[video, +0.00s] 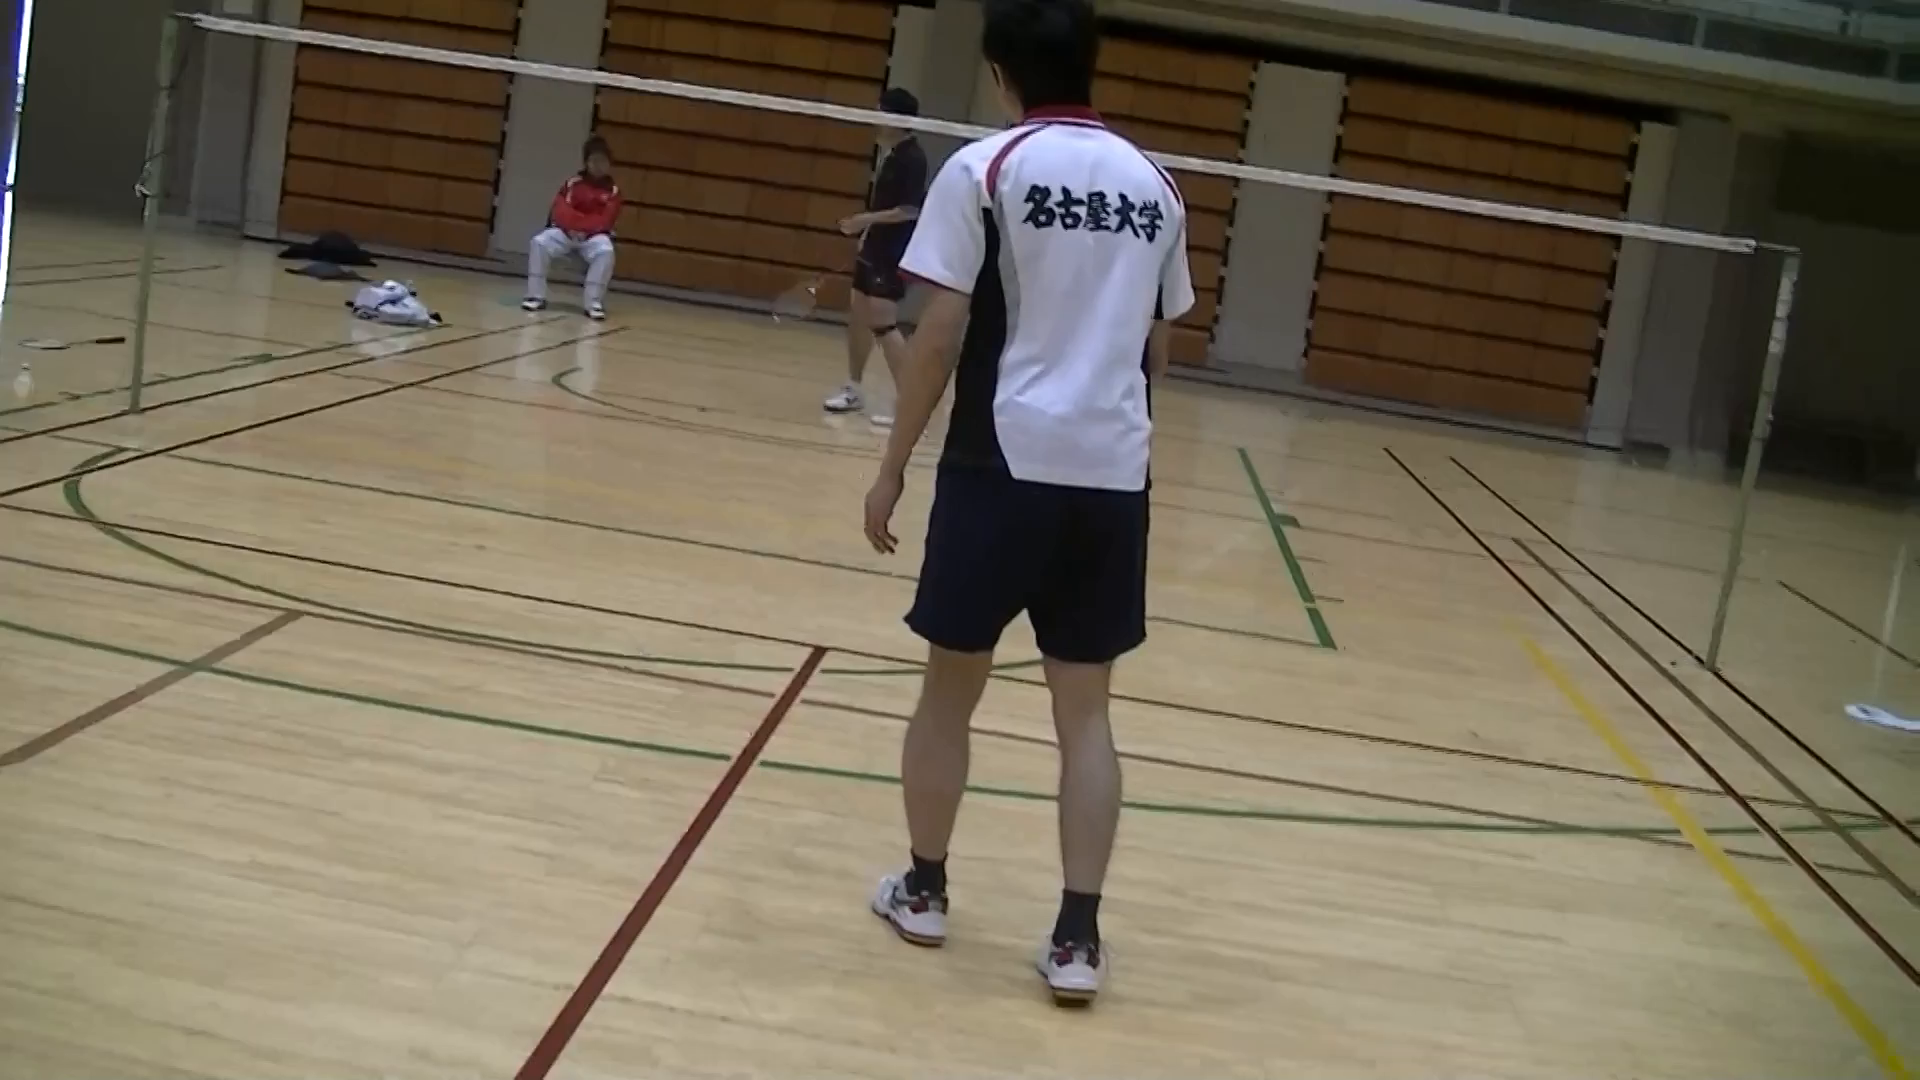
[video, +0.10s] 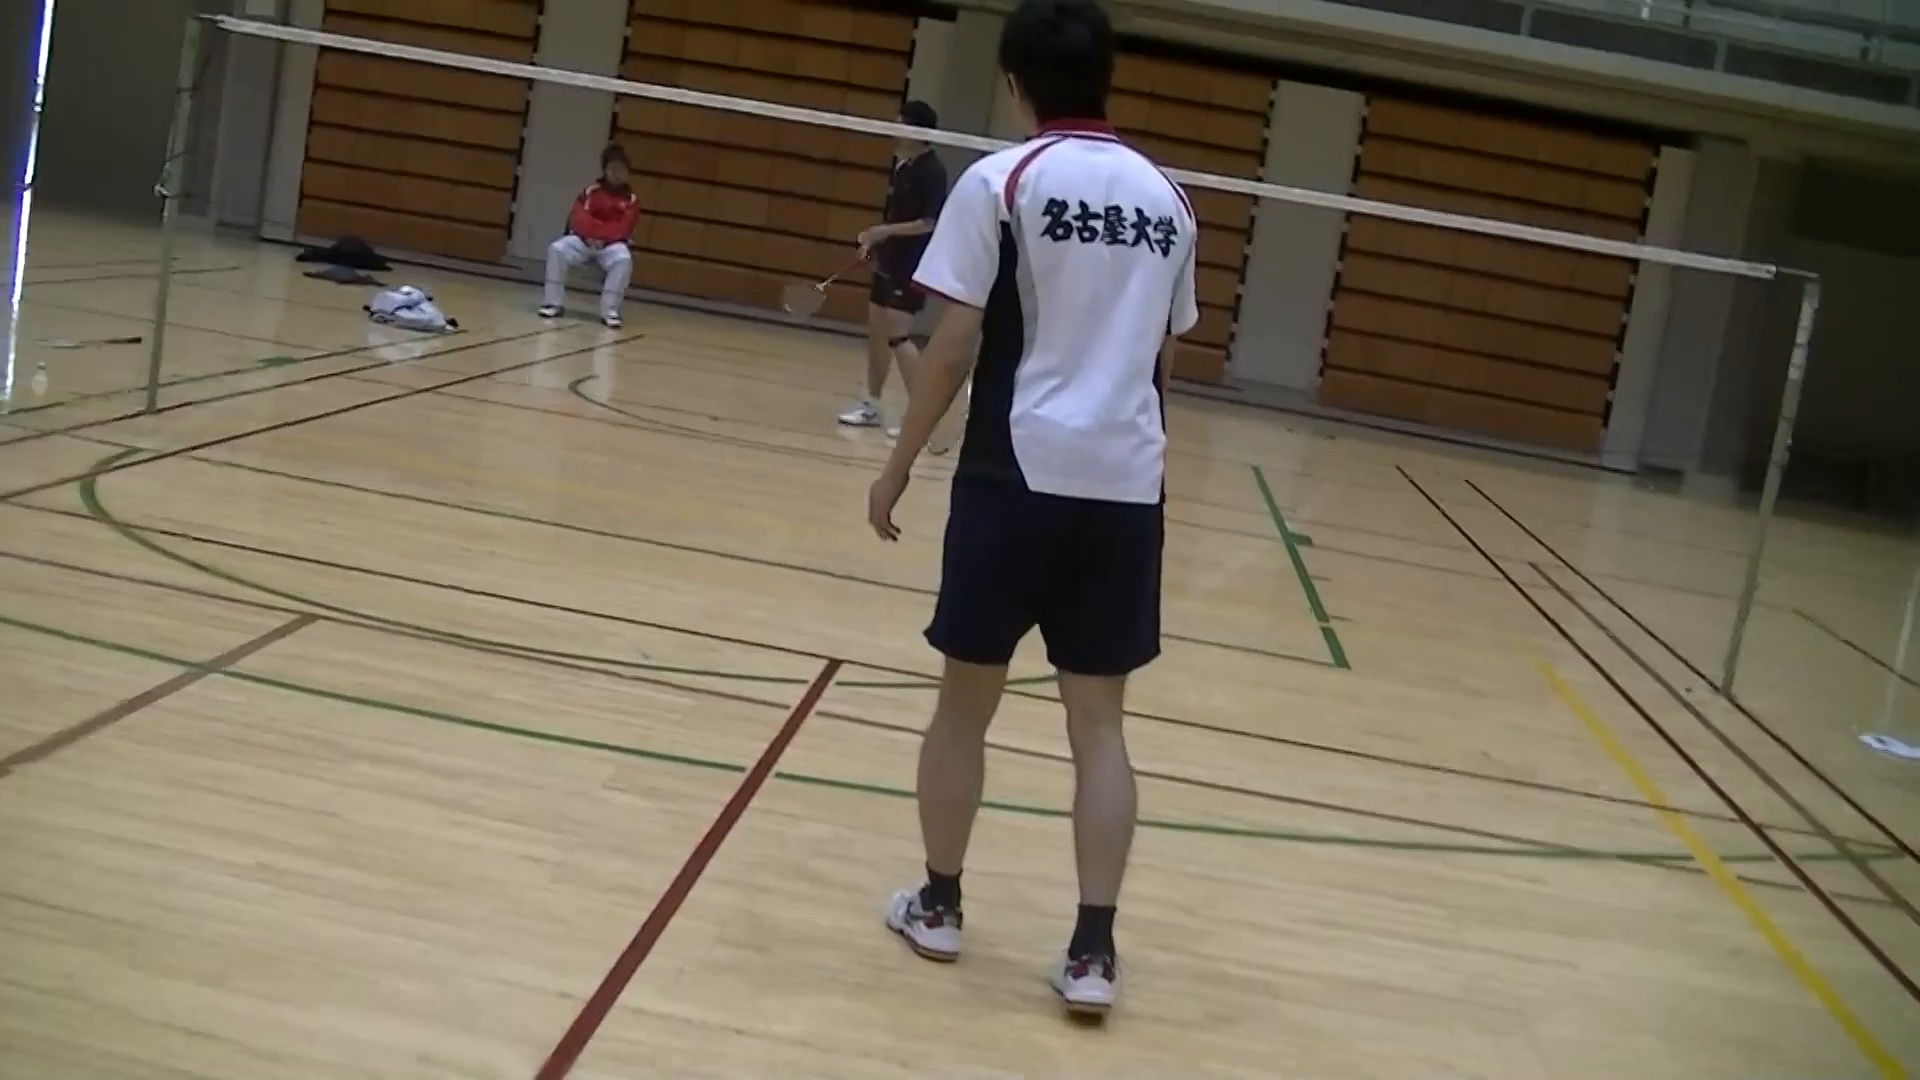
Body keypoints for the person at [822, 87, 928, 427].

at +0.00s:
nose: (876, 119)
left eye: (881, 114)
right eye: (878, 113)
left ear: (895, 120)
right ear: (898, 119)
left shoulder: (912, 157)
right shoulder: (888, 152)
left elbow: (911, 210)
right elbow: (882, 202)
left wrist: (866, 219)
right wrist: (866, 232)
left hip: (890, 252)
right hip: (871, 247)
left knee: (884, 324)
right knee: (858, 318)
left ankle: (908, 402)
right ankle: (853, 389)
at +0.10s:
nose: (896, 130)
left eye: (902, 126)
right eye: (897, 124)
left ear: (917, 133)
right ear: (904, 128)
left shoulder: (932, 170)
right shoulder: (899, 162)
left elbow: (930, 222)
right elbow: (895, 214)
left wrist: (883, 231)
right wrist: (873, 242)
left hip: (911, 264)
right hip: (887, 259)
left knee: (898, 334)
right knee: (877, 331)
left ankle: (923, 414)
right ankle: (871, 405)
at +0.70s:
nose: (898, 184)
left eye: (906, 180)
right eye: (894, 177)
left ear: (915, 188)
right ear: (884, 181)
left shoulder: (922, 230)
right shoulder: (861, 215)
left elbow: (923, 276)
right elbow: (839, 254)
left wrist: (896, 287)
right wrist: (850, 280)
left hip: (891, 313)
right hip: (853, 304)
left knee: (874, 387)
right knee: (833, 376)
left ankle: (852, 454)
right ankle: (825, 451)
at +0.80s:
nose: (887, 171)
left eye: (895, 167)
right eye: (884, 164)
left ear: (904, 175)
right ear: (874, 167)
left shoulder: (909, 218)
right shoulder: (848, 200)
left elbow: (907, 264)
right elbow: (824, 240)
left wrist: (882, 274)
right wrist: (836, 268)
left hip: (875, 300)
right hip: (837, 290)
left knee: (856, 372)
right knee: (814, 357)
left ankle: (832, 440)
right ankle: (802, 433)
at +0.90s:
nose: (890, 173)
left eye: (898, 169)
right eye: (887, 166)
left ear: (907, 177)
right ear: (877, 169)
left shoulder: (910, 220)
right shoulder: (850, 201)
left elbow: (906, 266)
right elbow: (825, 241)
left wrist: (882, 278)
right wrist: (836, 272)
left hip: (872, 302)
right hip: (836, 291)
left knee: (854, 376)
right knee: (814, 361)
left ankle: (828, 442)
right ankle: (795, 437)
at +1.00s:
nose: (875, 203)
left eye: (883, 198)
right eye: (872, 195)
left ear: (890, 207)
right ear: (861, 197)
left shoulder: (891, 250)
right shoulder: (832, 230)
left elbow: (888, 295)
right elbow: (808, 271)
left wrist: (865, 309)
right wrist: (809, 307)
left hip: (854, 330)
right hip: (818, 319)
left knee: (832, 406)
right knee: (801, 392)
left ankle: (806, 470)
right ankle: (777, 466)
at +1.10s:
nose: (830, 249)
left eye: (838, 244)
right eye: (826, 240)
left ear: (845, 253)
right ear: (815, 242)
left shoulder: (843, 296)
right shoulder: (787, 276)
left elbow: (843, 339)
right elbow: (761, 320)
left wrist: (823, 359)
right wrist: (751, 362)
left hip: (804, 379)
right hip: (770, 369)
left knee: (790, 449)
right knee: (755, 440)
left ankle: (758, 514)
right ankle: (736, 514)